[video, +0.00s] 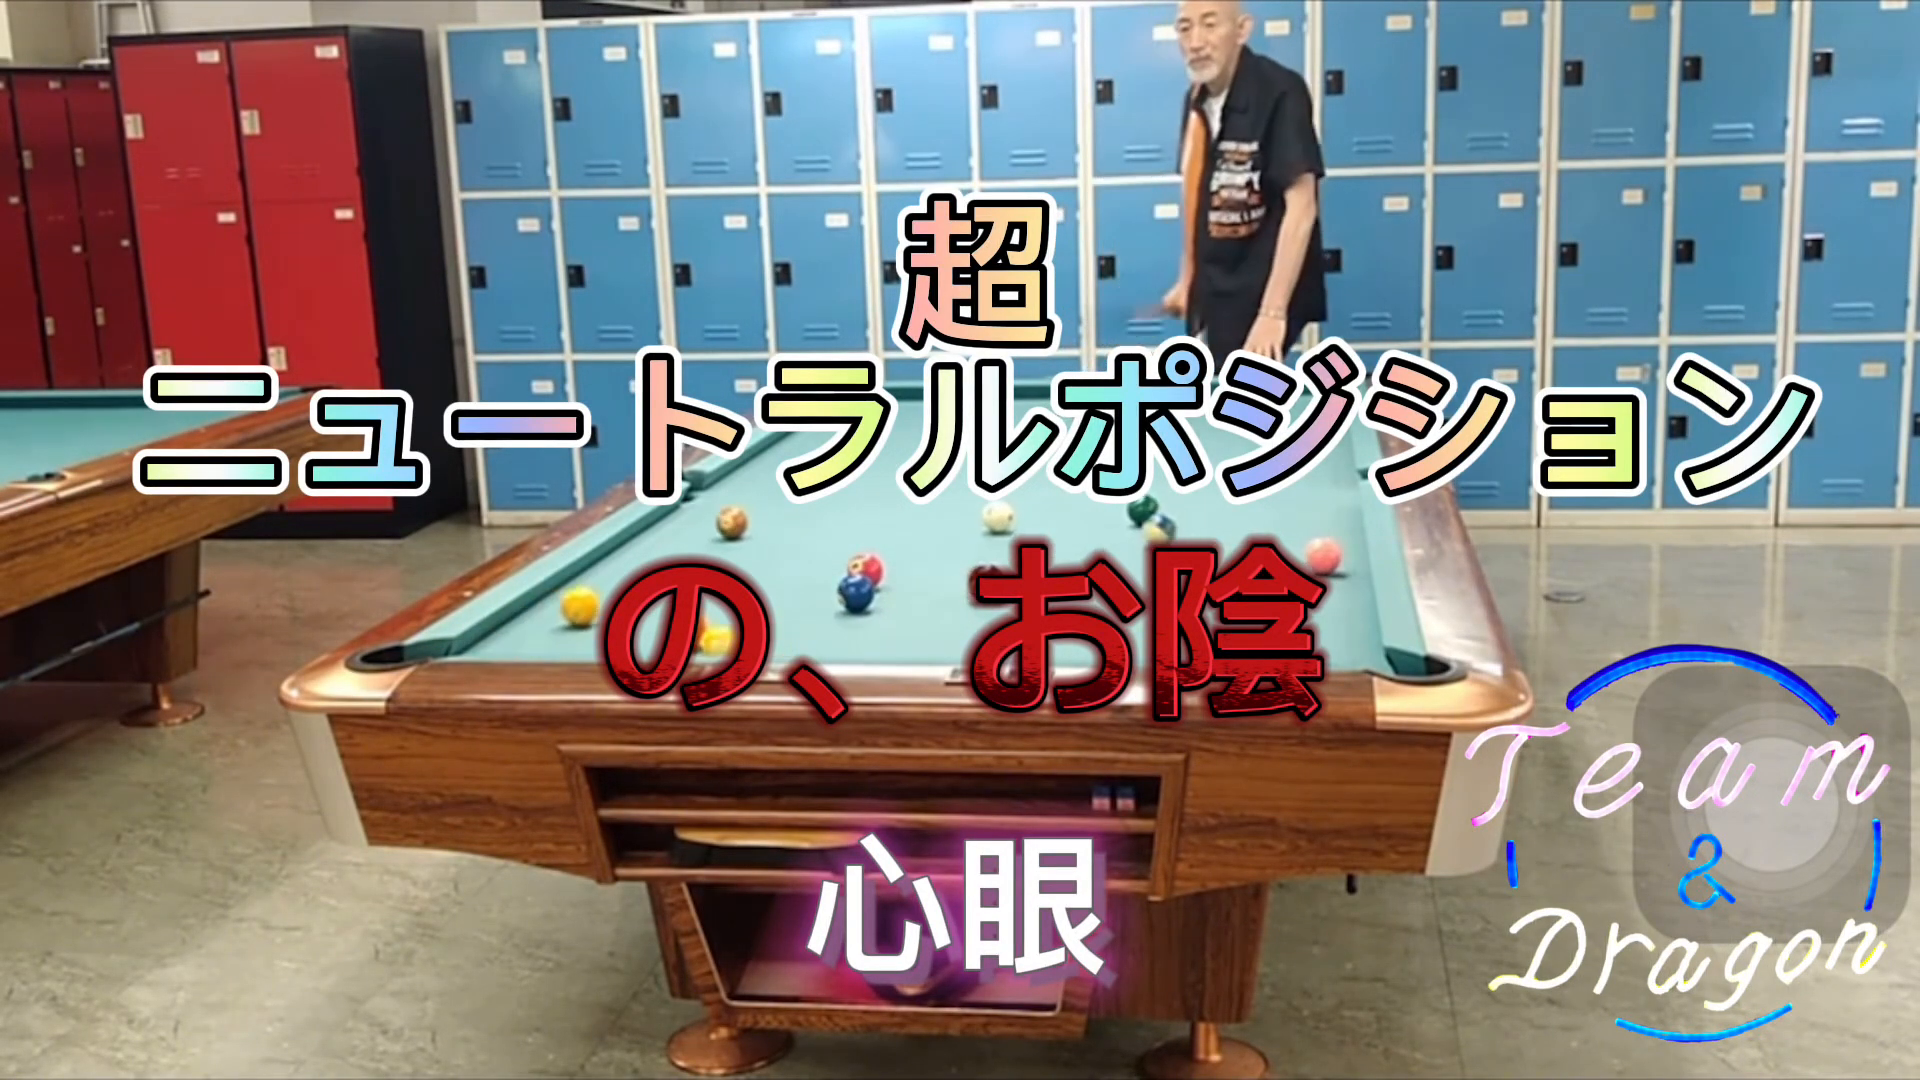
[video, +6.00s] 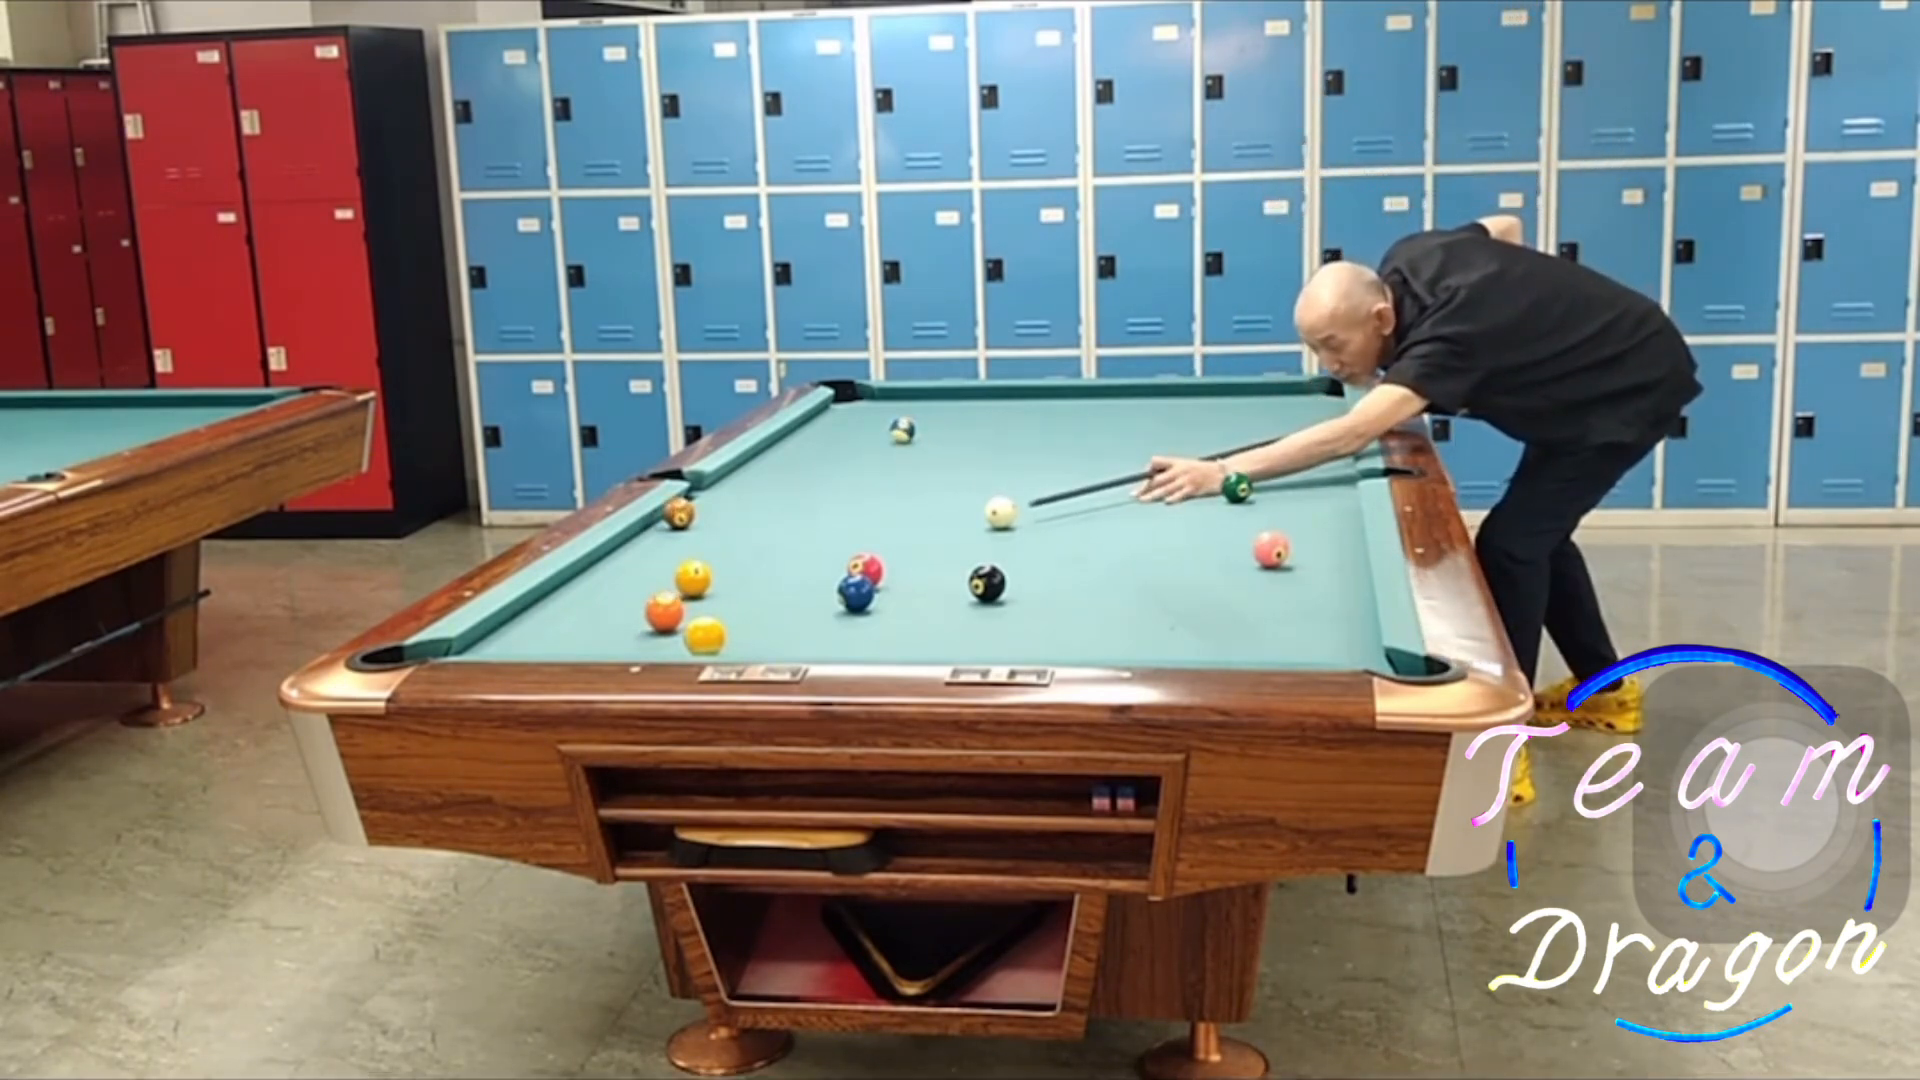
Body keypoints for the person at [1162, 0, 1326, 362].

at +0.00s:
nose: (1195, 42)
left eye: (1210, 24)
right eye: (1185, 28)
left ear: (1242, 29)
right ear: (1177, 36)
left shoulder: (1282, 91)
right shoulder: (1196, 96)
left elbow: (1302, 206)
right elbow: (1194, 193)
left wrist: (1272, 313)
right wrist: (1187, 279)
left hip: (1264, 302)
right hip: (1213, 299)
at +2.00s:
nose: (1464, 24)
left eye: (1481, 8)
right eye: (1453, 10)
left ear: (1518, 11)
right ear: (1441, 17)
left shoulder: (1571, 82)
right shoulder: (1419, 95)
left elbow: (1605, 203)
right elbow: (1387, 207)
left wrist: (1612, 317)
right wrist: (1374, 309)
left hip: (1547, 338)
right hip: (1453, 338)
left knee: (1537, 491)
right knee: (1470, 499)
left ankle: (1510, 601)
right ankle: (1505, 652)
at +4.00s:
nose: (1314, 300)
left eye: (1320, 281)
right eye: (1305, 284)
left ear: (1371, 256)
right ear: (1367, 247)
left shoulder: (1435, 287)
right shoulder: (1411, 219)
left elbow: (1336, 400)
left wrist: (1221, 467)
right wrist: (1475, 351)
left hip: (1610, 366)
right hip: (1619, 338)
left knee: (1504, 545)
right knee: (1557, 531)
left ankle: (1508, 716)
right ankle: (1607, 692)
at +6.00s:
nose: (1324, 362)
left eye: (1331, 346)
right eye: (1317, 348)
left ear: (1380, 318)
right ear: (1370, 303)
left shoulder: (1443, 341)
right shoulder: (1411, 257)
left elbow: (1348, 433)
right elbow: (1504, 230)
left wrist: (1221, 472)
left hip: (1633, 378)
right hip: (1614, 353)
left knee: (1508, 544)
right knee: (1539, 536)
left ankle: (1510, 707)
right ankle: (1607, 693)